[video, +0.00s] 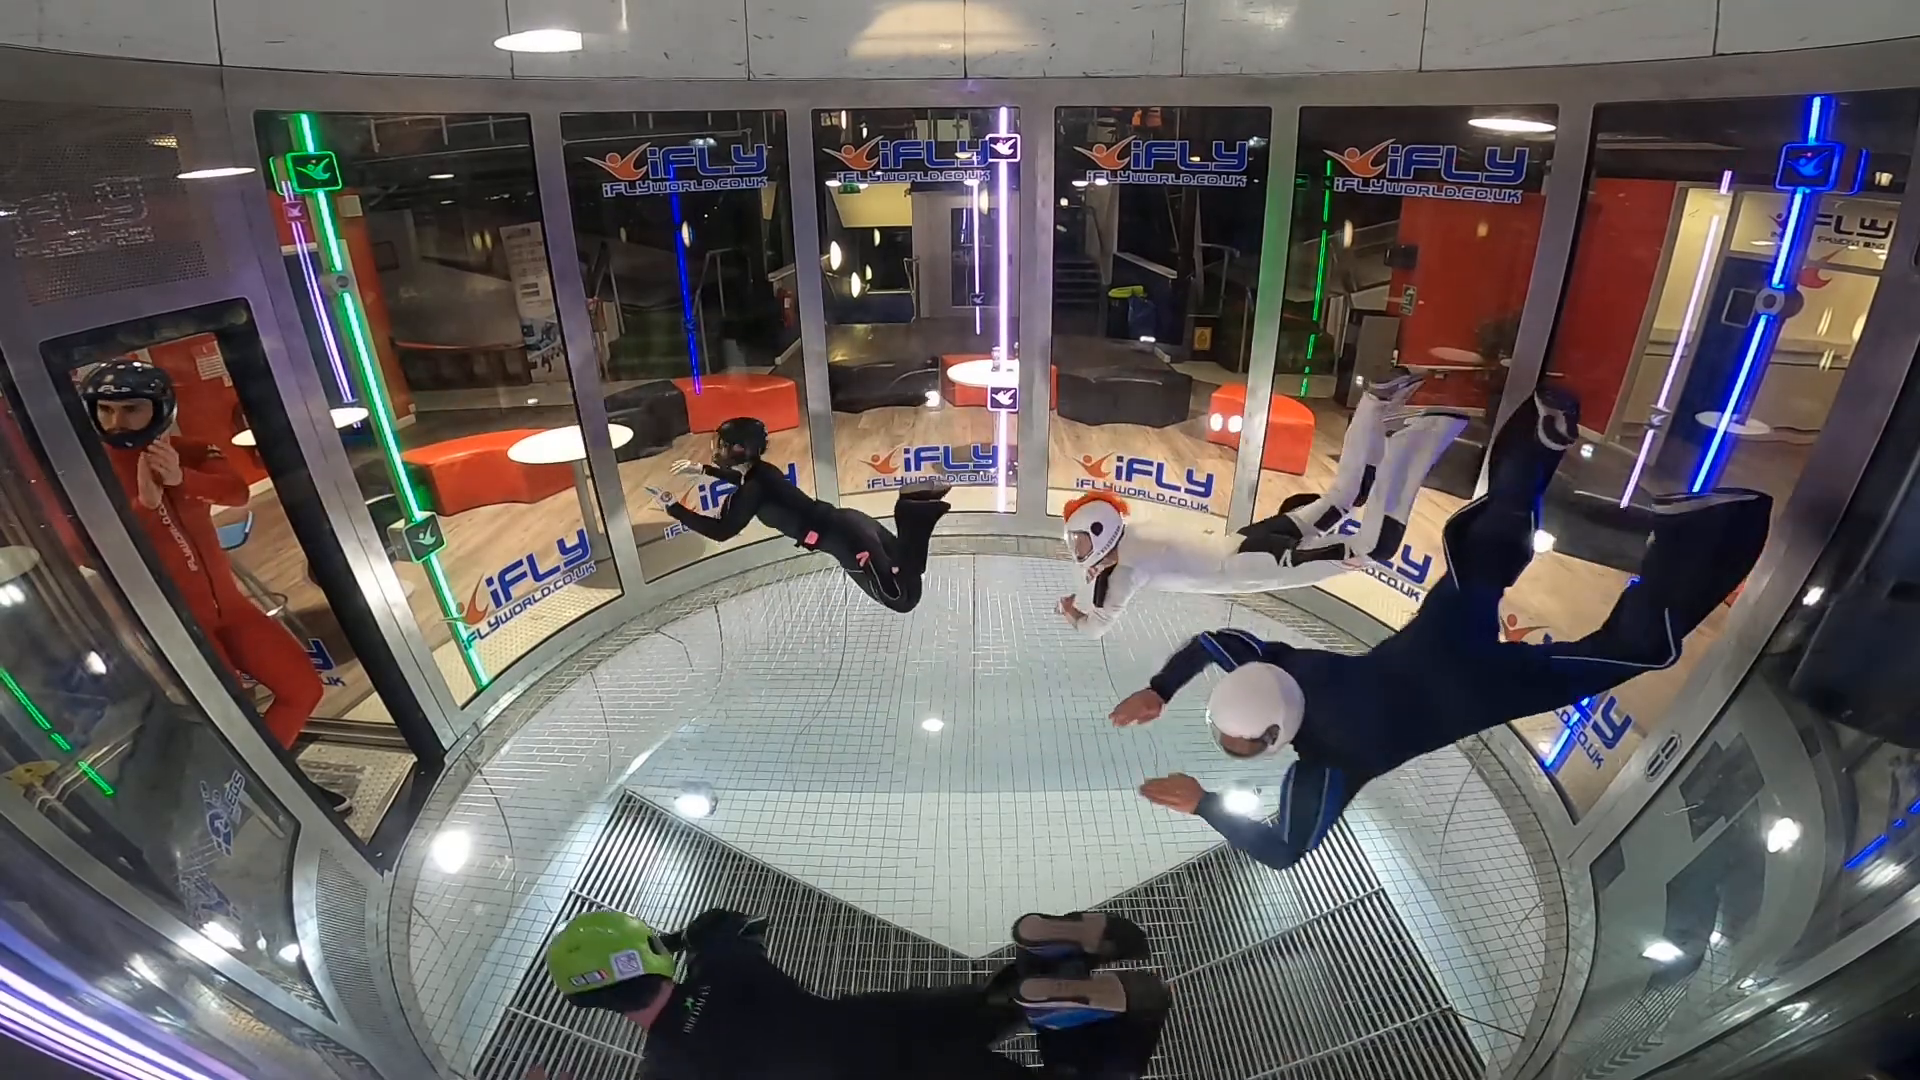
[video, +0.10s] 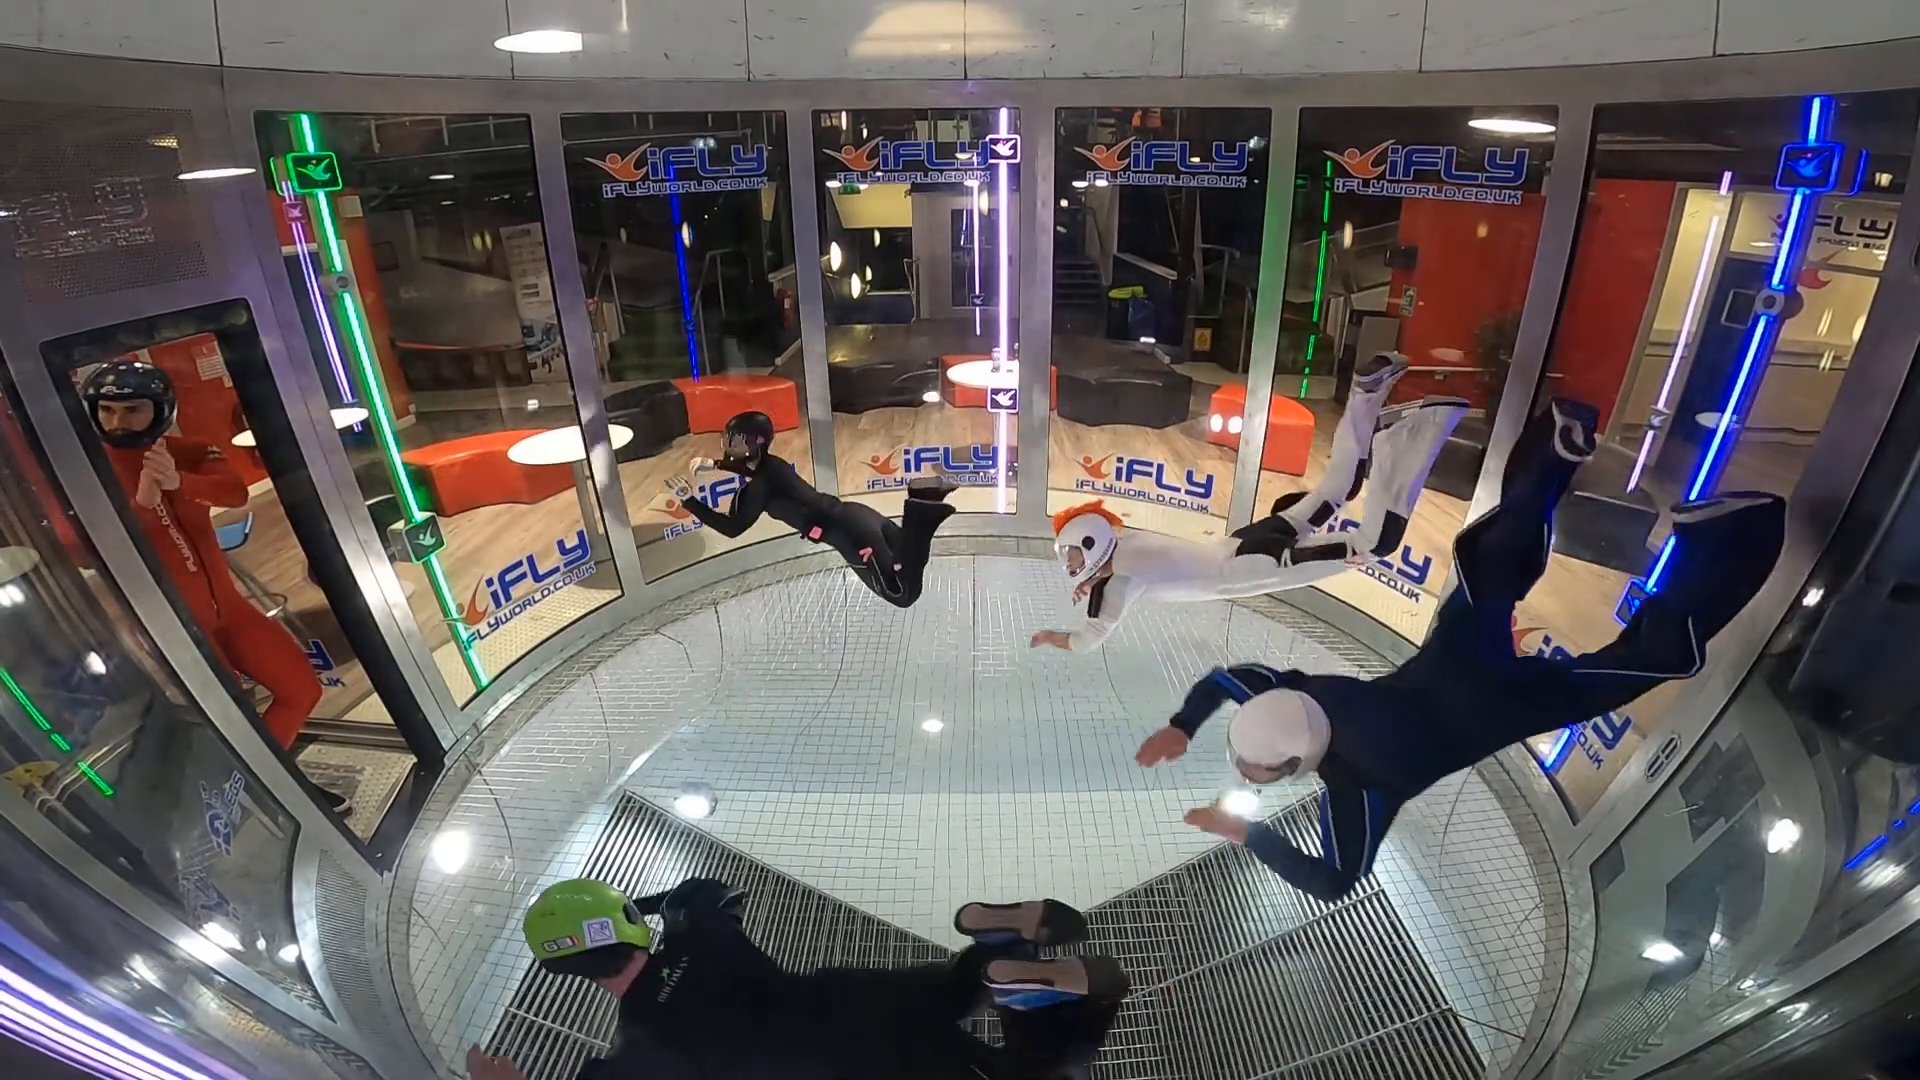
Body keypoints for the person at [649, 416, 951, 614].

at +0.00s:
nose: (717, 451)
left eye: (723, 446)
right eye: (719, 445)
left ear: (740, 452)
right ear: (749, 451)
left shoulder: (756, 484)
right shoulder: (759, 470)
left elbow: (723, 530)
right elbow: (734, 474)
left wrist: (677, 511)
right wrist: (705, 469)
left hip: (841, 535)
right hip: (844, 524)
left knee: (901, 598)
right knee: (902, 579)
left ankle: (915, 519)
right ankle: (913, 514)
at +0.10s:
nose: (733, 445)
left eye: (739, 439)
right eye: (731, 439)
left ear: (757, 443)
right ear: (756, 444)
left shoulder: (762, 480)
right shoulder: (768, 463)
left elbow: (733, 527)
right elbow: (744, 468)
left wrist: (691, 505)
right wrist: (715, 465)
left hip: (846, 529)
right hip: (852, 514)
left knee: (902, 593)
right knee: (909, 562)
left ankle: (920, 511)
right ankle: (924, 503)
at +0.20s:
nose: (739, 443)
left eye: (743, 437)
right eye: (739, 437)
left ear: (758, 442)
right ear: (770, 438)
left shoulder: (772, 479)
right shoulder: (781, 457)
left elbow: (744, 525)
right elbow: (758, 466)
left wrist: (706, 501)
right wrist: (730, 461)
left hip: (856, 525)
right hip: (862, 508)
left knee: (908, 588)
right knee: (916, 549)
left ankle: (927, 511)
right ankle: (933, 496)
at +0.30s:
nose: (750, 445)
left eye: (753, 438)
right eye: (750, 439)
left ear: (770, 440)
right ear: (781, 437)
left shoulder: (783, 477)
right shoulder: (793, 455)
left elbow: (760, 524)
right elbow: (771, 464)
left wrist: (716, 508)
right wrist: (742, 462)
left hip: (868, 519)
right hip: (875, 500)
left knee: (920, 581)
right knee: (928, 542)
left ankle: (935, 506)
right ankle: (939, 491)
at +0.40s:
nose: (767, 446)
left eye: (772, 440)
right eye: (766, 440)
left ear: (788, 442)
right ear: (787, 440)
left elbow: (773, 525)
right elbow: (787, 471)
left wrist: (734, 517)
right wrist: (763, 466)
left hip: (880, 515)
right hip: (884, 493)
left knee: (937, 574)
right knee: (942, 517)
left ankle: (954, 511)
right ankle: (946, 476)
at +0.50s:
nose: (785, 450)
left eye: (791, 444)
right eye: (782, 444)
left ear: (807, 443)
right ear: (787, 443)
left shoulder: (806, 484)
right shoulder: (817, 458)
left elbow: (787, 526)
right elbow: (796, 473)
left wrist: (745, 515)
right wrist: (769, 472)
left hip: (894, 514)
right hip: (898, 493)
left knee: (934, 553)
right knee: (953, 500)